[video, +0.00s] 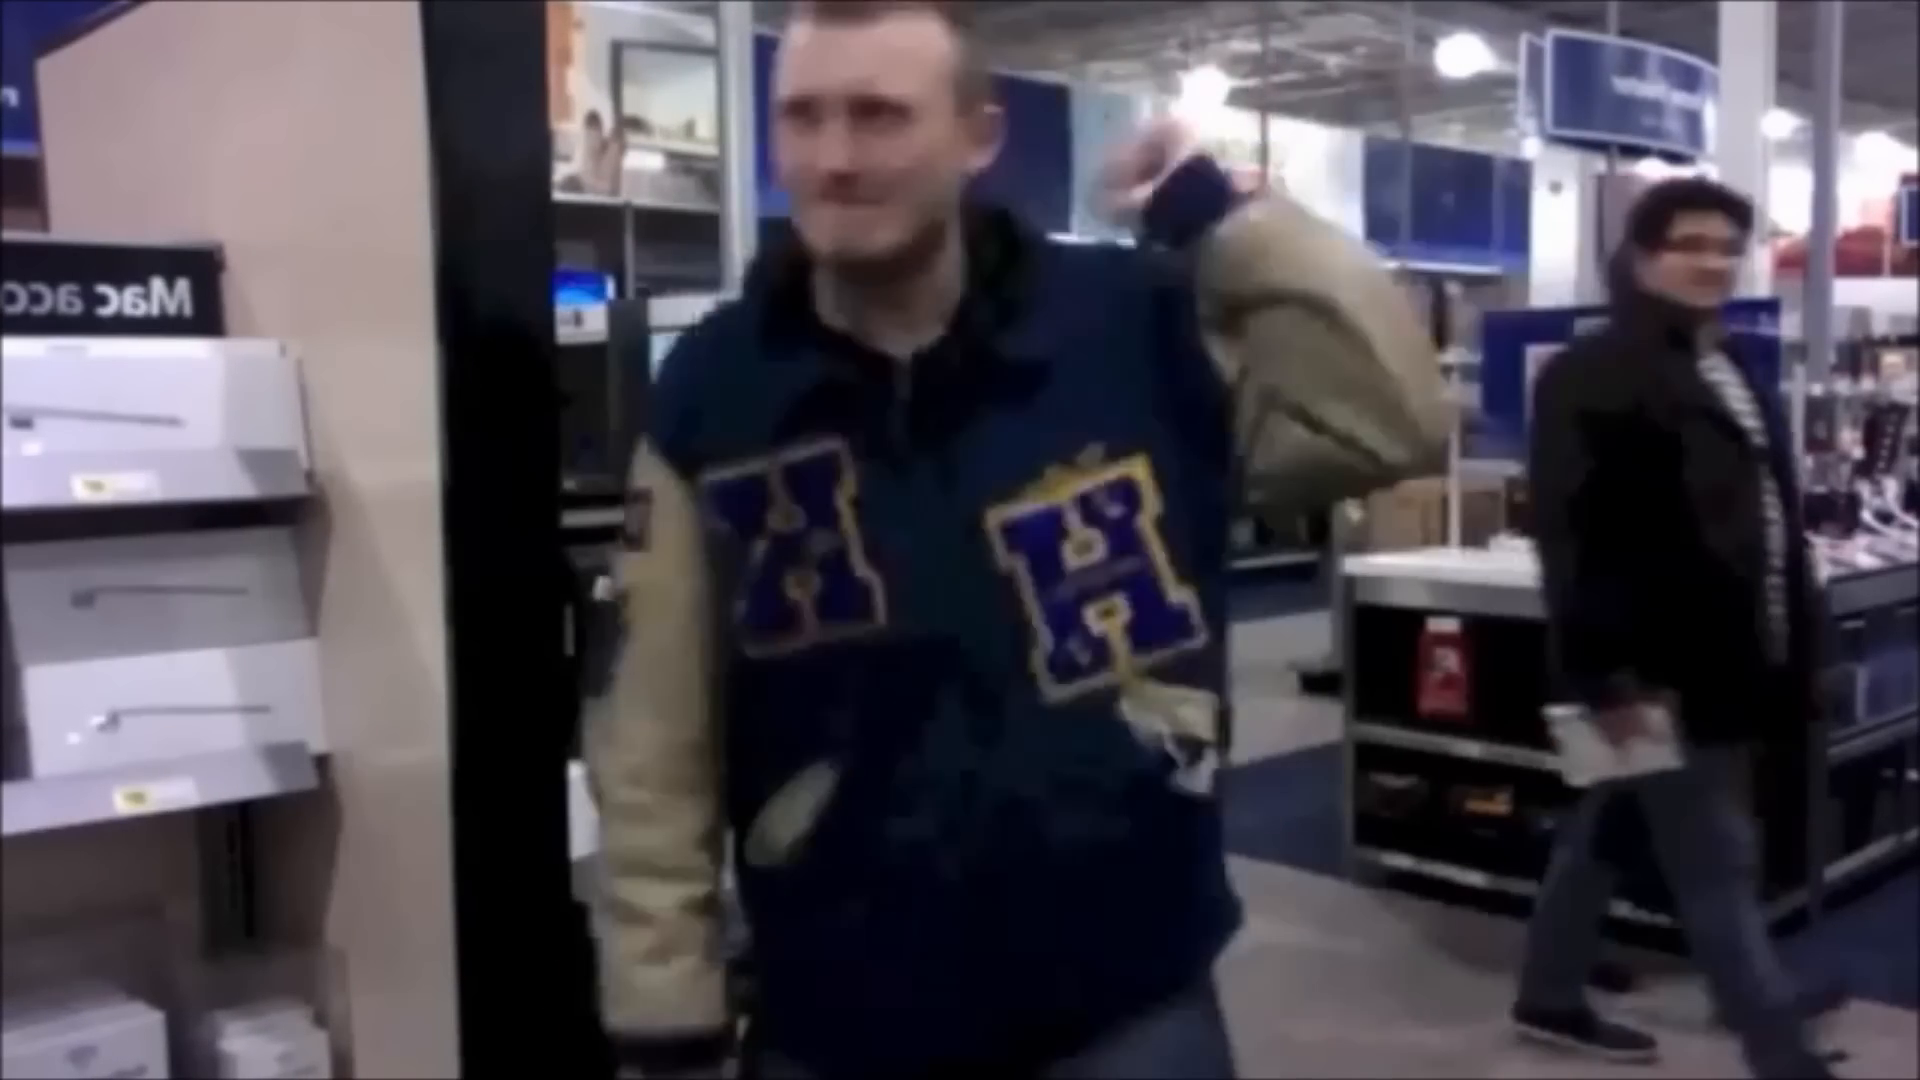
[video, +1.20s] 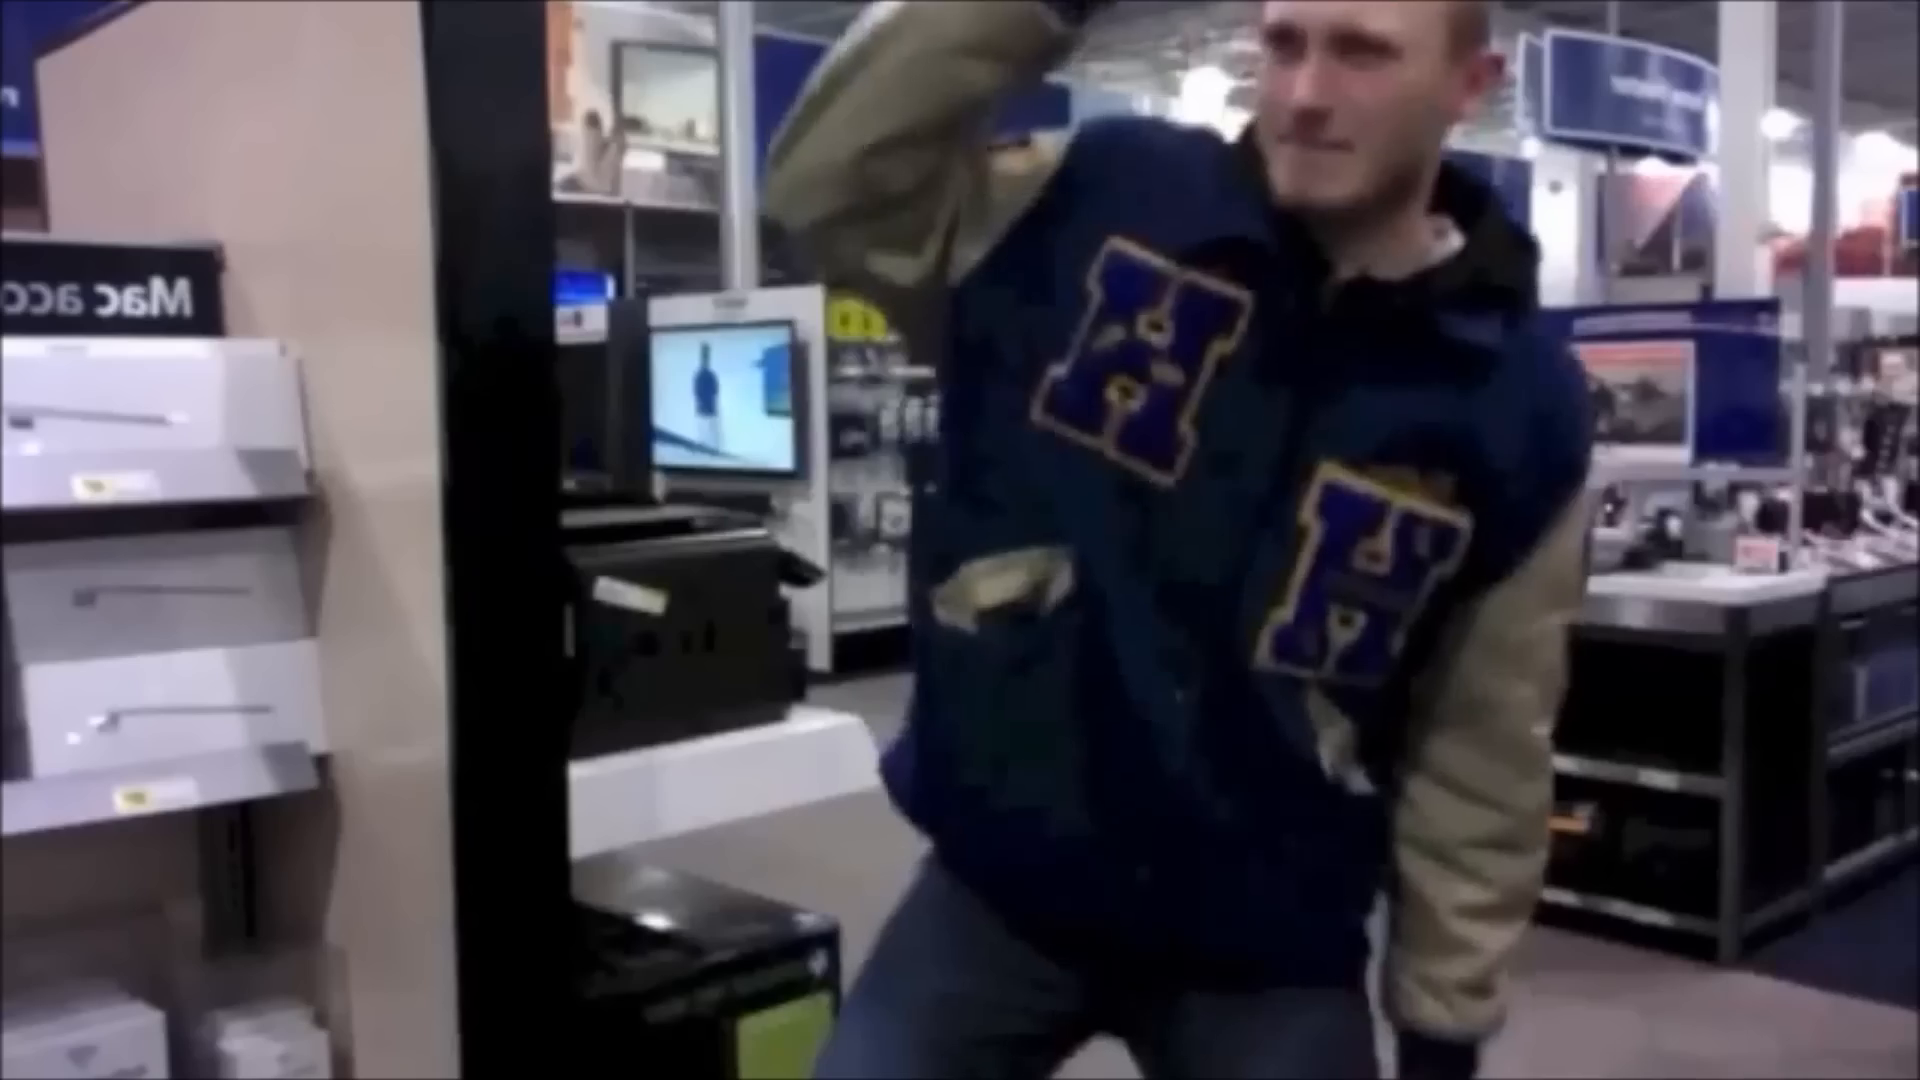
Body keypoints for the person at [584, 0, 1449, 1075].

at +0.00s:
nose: (834, 155)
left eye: (878, 116)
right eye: (804, 116)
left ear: (978, 134)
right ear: (774, 135)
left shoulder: (1132, 329)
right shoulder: (716, 387)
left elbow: (1388, 426)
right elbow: (656, 730)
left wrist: (1219, 219)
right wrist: (665, 1017)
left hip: (1117, 994)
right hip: (845, 1001)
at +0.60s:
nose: (899, 199)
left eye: (946, 162)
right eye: (873, 160)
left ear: (1048, 182)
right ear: (840, 180)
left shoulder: (1201, 376)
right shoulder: (785, 428)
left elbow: (1460, 514)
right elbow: (635, 688)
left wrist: (1333, 301)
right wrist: (521, 922)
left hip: (1169, 1031)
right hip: (893, 1038)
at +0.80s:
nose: (1236, 44)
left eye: (1293, 9)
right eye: (1217, 5)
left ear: (1398, 31)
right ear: (1180, 18)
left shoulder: (1437, 352)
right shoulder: (1006, 186)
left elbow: (1459, 708)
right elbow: (747, 172)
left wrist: (1468, 1011)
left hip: (1244, 924)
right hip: (979, 883)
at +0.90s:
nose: (1236, 47)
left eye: (1291, 9)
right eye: (1216, 6)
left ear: (1398, 30)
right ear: (1179, 18)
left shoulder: (1437, 350)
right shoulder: (1006, 186)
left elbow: (1459, 708)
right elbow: (748, 171)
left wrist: (1468, 1012)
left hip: (1244, 924)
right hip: (980, 884)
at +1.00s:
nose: (1310, 90)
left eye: (1367, 51)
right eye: (1289, 45)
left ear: (1469, 84)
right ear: (1257, 55)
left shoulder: (1515, 393)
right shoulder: (1104, 203)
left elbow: (1492, 741)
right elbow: (828, 198)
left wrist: (1445, 1033)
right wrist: (1030, 11)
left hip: (1268, 931)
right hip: (1010, 880)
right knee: (865, 1066)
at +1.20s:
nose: (1305, 92)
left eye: (1363, 53)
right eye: (1285, 46)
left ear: (1467, 84)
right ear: (1254, 53)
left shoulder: (1514, 394)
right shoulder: (1103, 200)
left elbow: (1485, 749)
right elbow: (826, 194)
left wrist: (1441, 1036)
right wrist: (1045, 10)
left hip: (1265, 936)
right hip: (1008, 883)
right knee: (863, 1065)